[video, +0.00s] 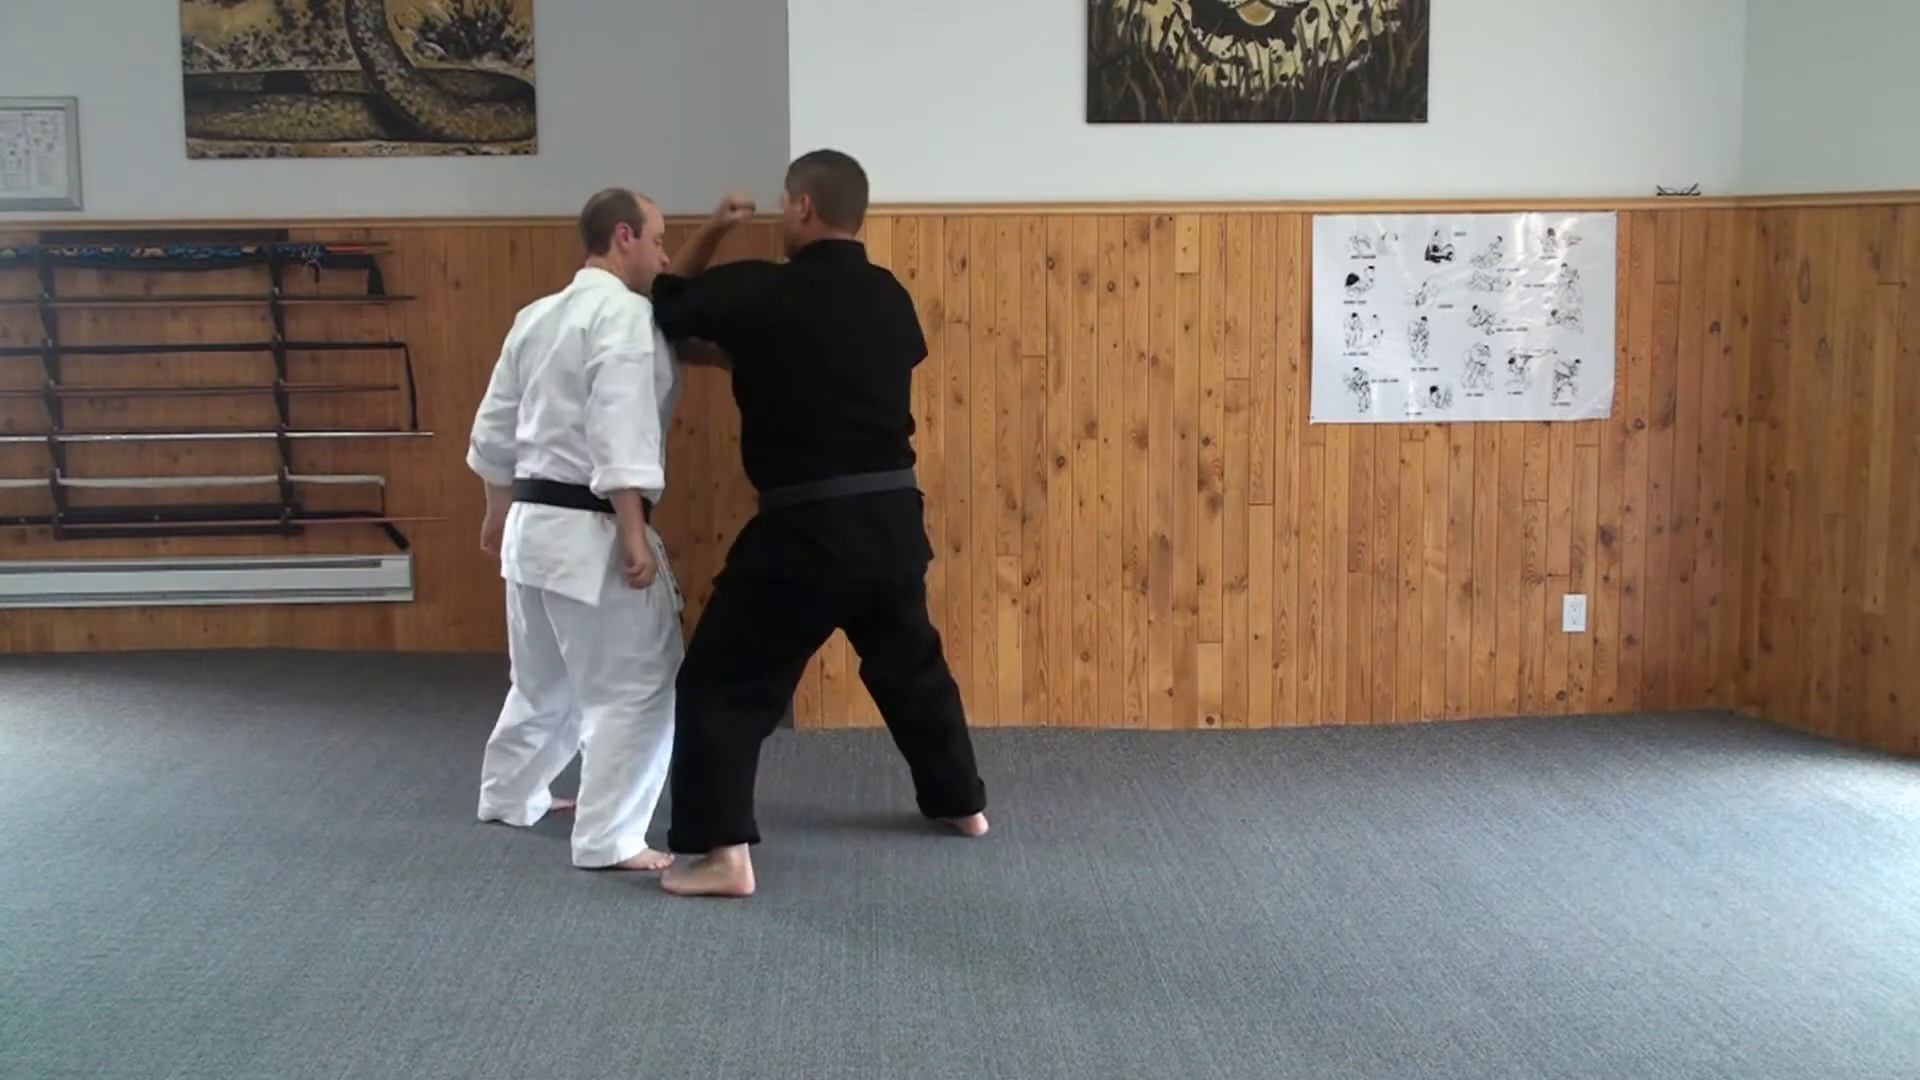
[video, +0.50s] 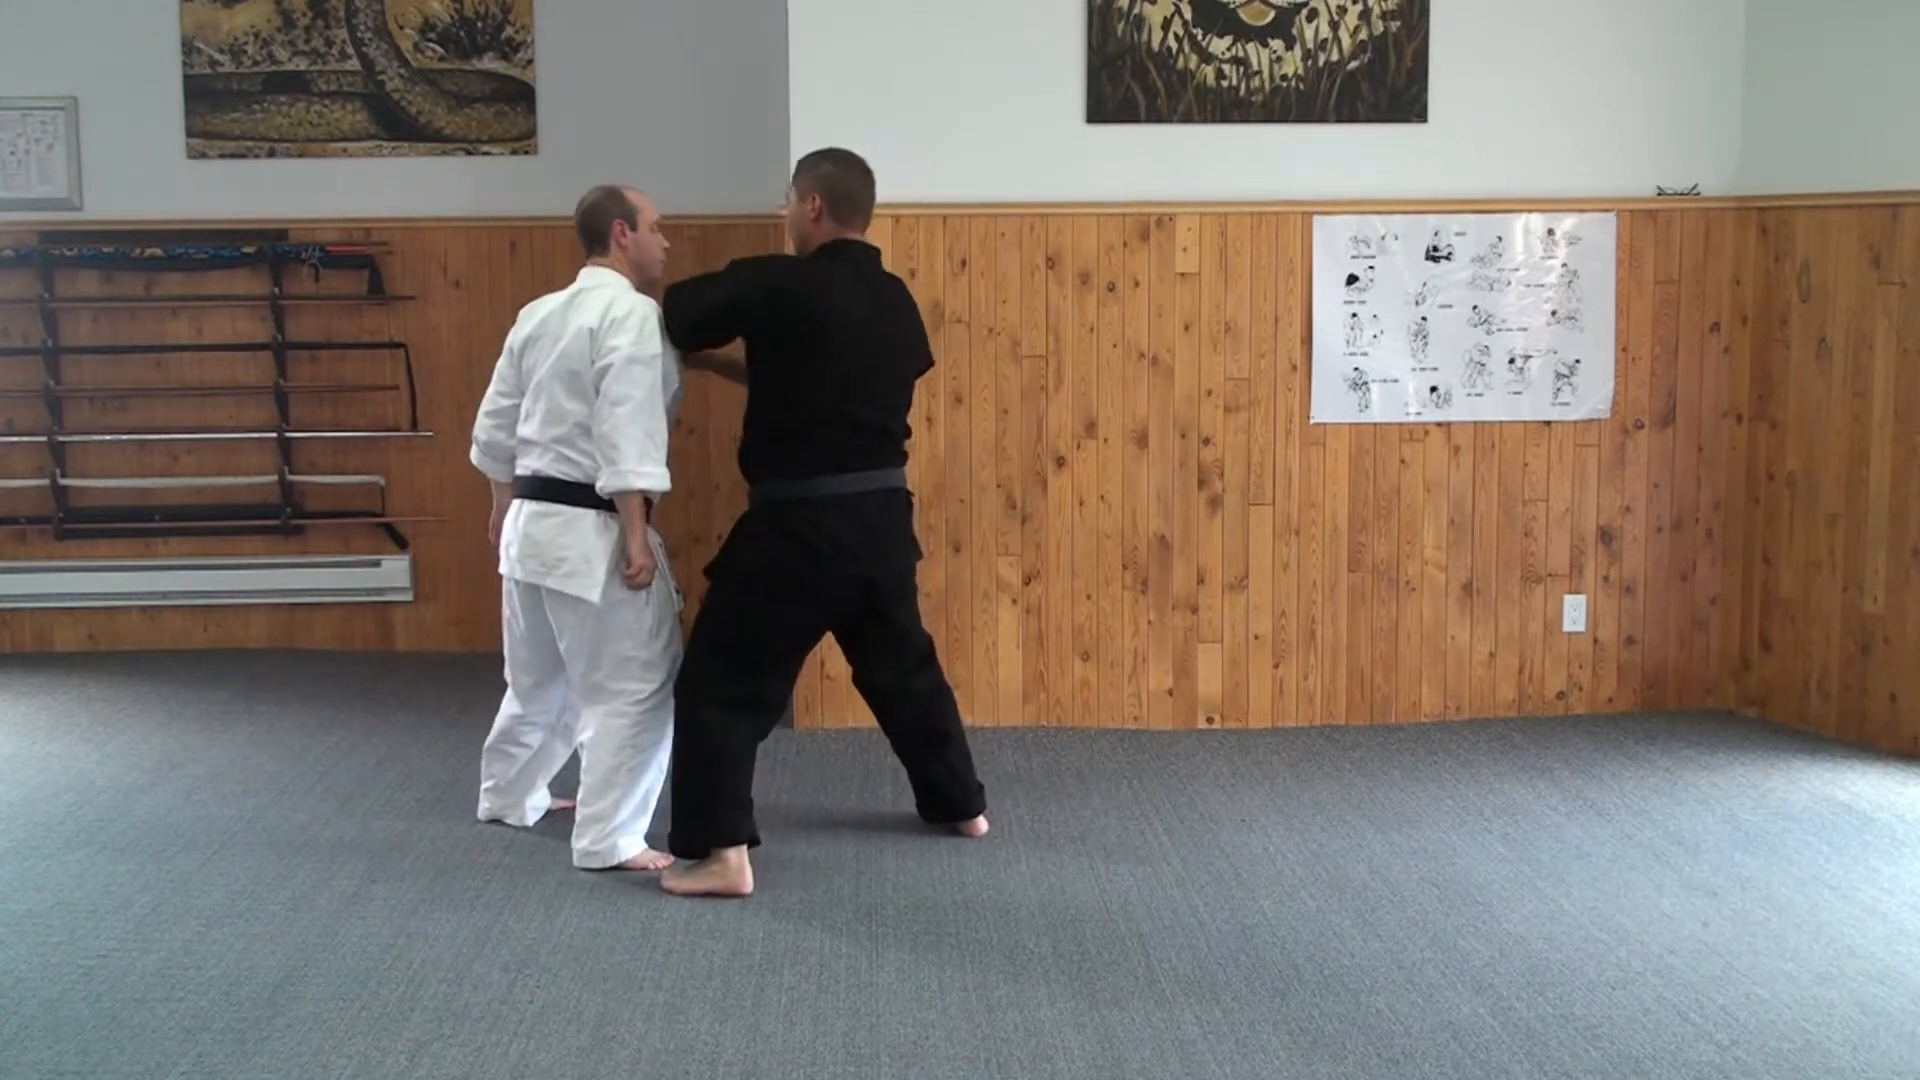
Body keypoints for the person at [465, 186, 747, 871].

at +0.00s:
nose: (664, 253)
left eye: (664, 239)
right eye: (658, 239)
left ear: (598, 243)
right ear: (624, 240)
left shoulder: (536, 315)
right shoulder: (626, 316)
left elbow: (494, 427)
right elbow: (620, 426)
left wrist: (497, 505)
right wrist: (634, 529)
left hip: (529, 527)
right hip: (595, 530)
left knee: (543, 683)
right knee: (640, 685)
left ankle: (510, 798)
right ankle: (611, 840)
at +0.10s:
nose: (673, 253)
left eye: (671, 240)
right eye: (667, 240)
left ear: (607, 244)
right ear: (632, 242)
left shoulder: (542, 313)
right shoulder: (633, 315)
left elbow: (494, 418)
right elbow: (624, 423)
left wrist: (490, 501)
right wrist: (635, 530)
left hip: (525, 528)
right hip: (592, 533)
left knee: (540, 679)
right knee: (640, 685)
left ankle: (508, 797)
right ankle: (608, 837)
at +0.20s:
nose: (676, 256)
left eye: (675, 242)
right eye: (670, 241)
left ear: (609, 243)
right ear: (637, 241)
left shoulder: (544, 313)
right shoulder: (637, 317)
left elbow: (494, 416)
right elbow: (625, 424)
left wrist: (486, 498)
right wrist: (635, 529)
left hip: (524, 527)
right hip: (593, 534)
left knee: (537, 677)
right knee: (641, 685)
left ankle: (508, 797)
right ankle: (608, 838)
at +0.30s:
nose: (675, 254)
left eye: (674, 240)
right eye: (669, 240)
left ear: (610, 242)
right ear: (636, 240)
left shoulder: (544, 312)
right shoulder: (637, 317)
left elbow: (495, 414)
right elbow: (626, 423)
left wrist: (489, 497)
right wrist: (635, 529)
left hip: (523, 526)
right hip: (592, 532)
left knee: (535, 676)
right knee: (639, 686)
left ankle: (507, 797)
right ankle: (608, 838)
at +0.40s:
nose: (672, 251)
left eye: (671, 237)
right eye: (665, 237)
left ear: (608, 243)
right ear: (630, 239)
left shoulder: (542, 312)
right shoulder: (635, 315)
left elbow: (495, 418)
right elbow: (626, 424)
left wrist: (496, 494)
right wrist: (635, 530)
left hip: (524, 527)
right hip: (594, 533)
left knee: (536, 677)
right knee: (637, 687)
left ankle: (508, 797)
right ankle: (608, 838)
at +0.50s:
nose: (667, 245)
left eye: (663, 230)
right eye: (657, 231)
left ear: (603, 241)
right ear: (622, 237)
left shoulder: (538, 313)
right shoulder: (633, 314)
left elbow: (494, 427)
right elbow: (626, 424)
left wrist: (503, 502)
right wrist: (636, 530)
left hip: (525, 529)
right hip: (594, 533)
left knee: (537, 678)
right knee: (633, 688)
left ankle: (508, 797)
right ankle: (608, 838)